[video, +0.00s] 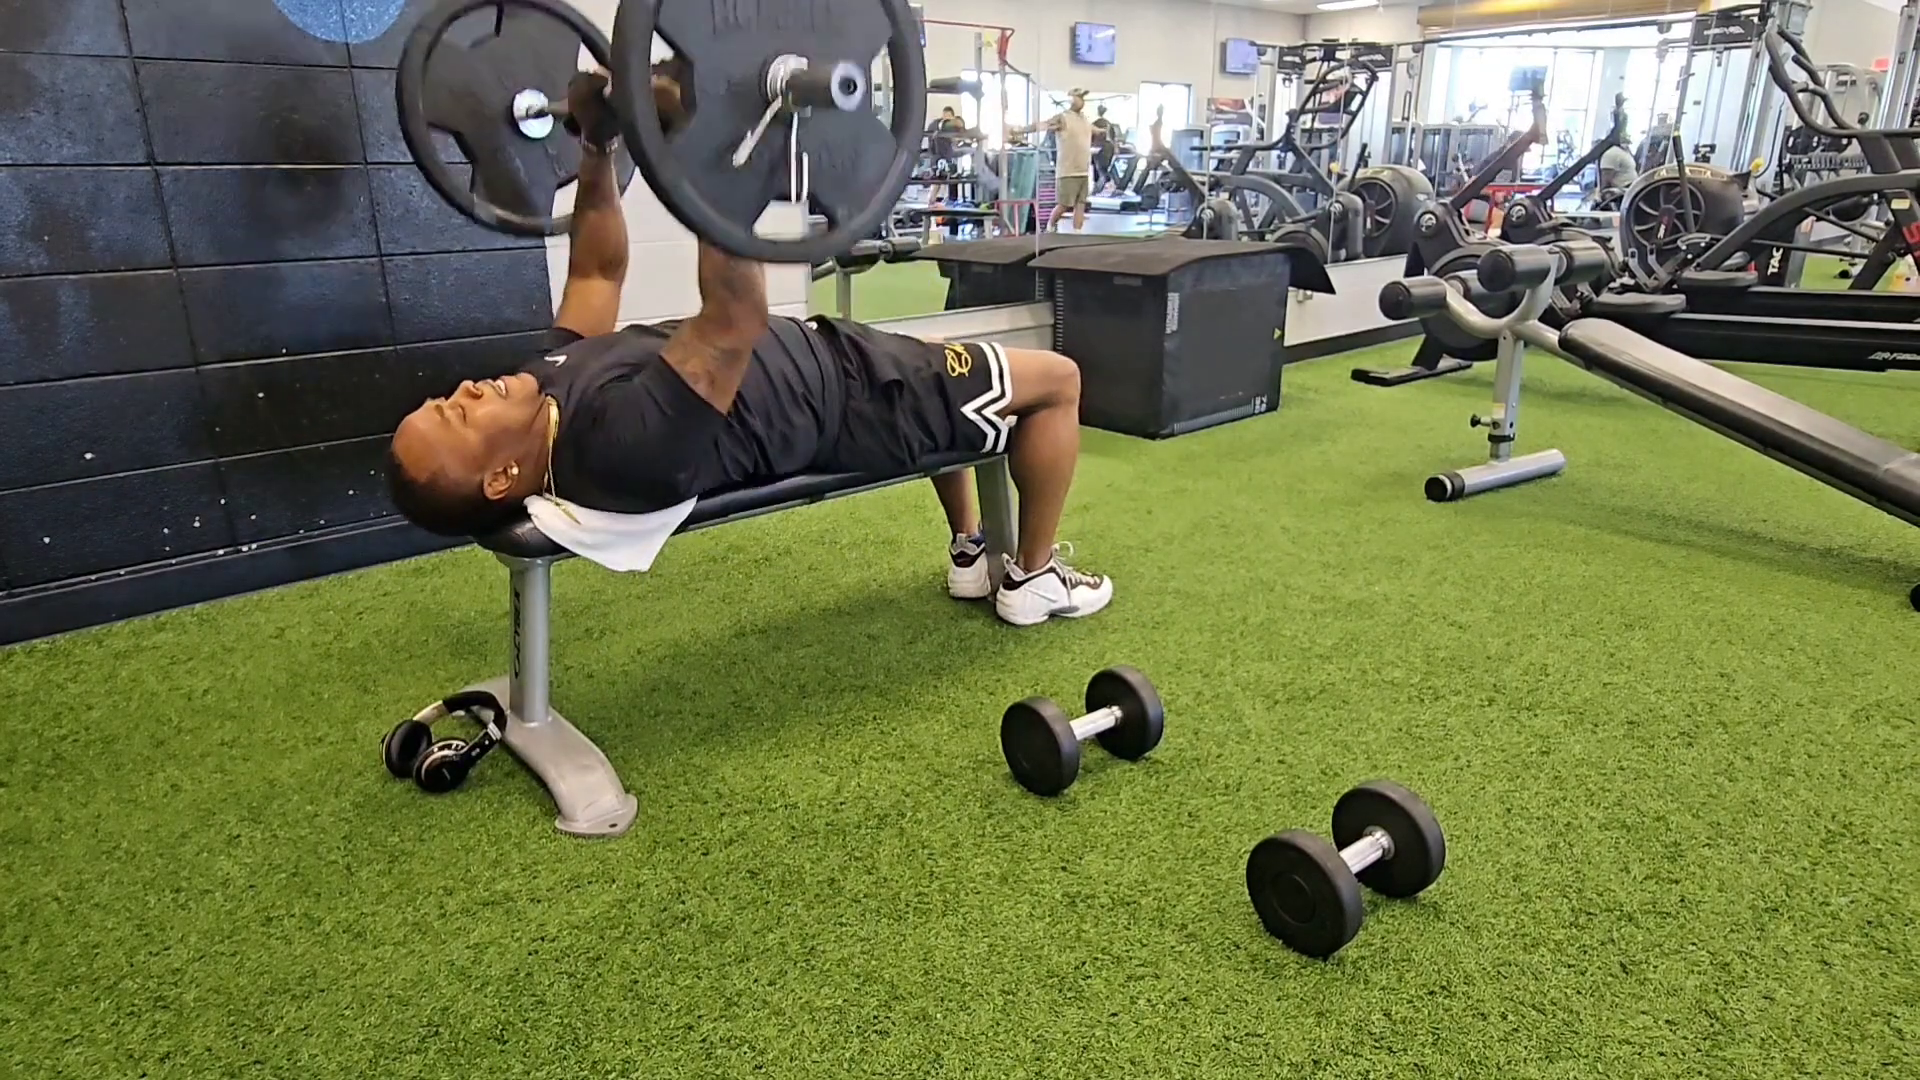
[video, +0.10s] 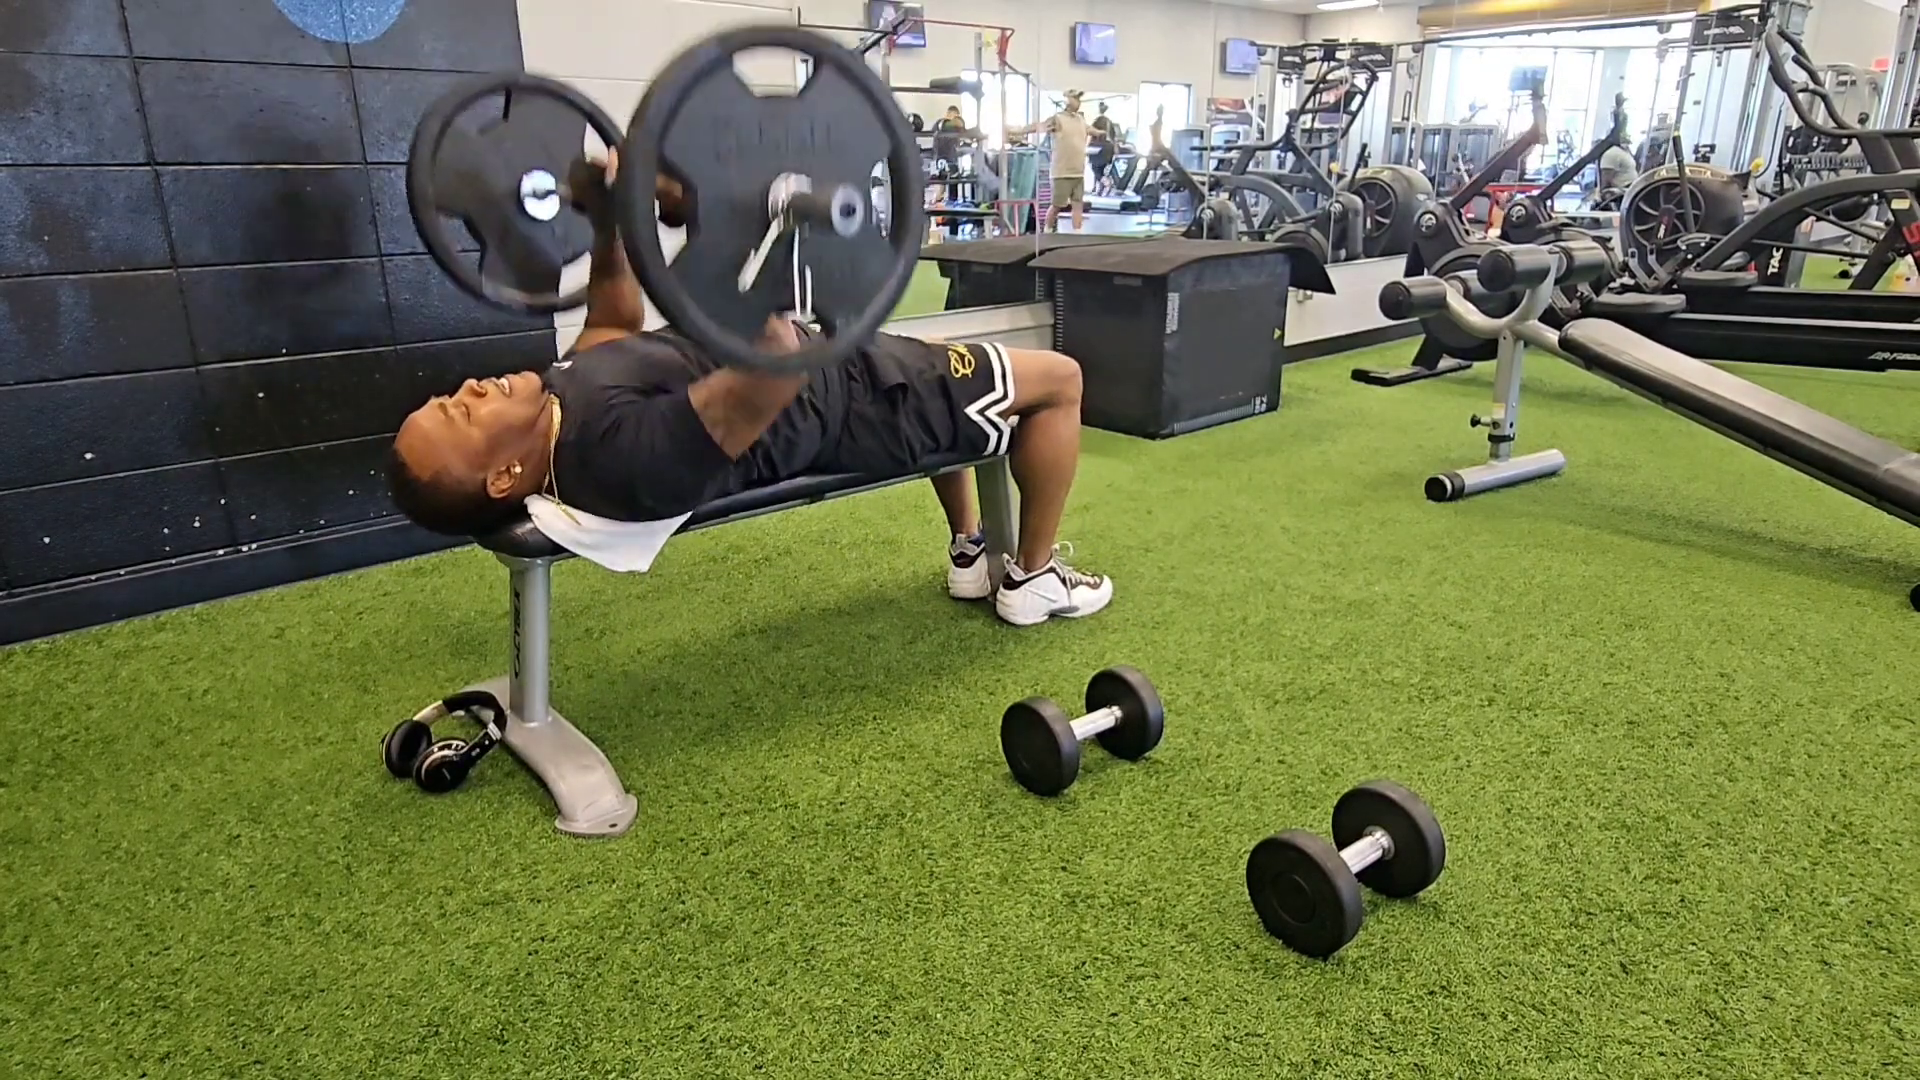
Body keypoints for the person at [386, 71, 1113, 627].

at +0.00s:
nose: (481, 382)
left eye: (453, 392)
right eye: (468, 408)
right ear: (506, 472)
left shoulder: (542, 382)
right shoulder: (619, 446)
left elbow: (596, 278)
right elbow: (733, 321)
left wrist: (596, 146)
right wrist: (700, 150)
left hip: (802, 346)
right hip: (842, 392)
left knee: (939, 368)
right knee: (1057, 380)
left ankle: (975, 548)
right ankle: (1034, 575)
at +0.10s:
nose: (482, 378)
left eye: (454, 389)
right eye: (465, 406)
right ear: (507, 478)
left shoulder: (554, 400)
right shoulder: (616, 459)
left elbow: (612, 321)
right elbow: (737, 406)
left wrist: (606, 221)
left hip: (793, 362)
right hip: (834, 405)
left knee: (926, 353)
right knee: (1060, 380)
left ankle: (972, 547)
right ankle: (1035, 573)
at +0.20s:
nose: (482, 376)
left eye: (458, 391)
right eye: (475, 403)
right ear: (519, 469)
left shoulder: (551, 391)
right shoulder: (622, 463)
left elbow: (635, 336)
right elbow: (773, 459)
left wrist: (625, 277)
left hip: (785, 376)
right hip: (840, 423)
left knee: (936, 355)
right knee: (1064, 377)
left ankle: (972, 548)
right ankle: (1036, 574)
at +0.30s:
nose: (478, 376)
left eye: (455, 385)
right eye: (467, 404)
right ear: (509, 478)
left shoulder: (547, 400)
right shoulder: (629, 468)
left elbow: (656, 363)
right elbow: (780, 498)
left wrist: (620, 321)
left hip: (784, 380)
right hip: (853, 426)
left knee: (922, 347)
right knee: (1065, 377)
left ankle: (973, 546)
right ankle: (1034, 574)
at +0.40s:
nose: (479, 378)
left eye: (457, 387)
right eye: (468, 406)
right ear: (513, 475)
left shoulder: (550, 389)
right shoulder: (617, 465)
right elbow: (736, 493)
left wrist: (600, 327)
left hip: (785, 360)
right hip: (851, 414)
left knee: (924, 345)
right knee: (1066, 380)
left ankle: (972, 544)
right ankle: (1036, 572)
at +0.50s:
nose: (493, 379)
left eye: (472, 386)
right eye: (485, 403)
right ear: (517, 469)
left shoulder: (554, 400)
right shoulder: (615, 457)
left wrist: (553, 301)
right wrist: (576, 309)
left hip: (800, 349)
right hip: (856, 404)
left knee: (940, 343)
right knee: (1067, 379)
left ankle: (972, 543)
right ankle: (1036, 574)